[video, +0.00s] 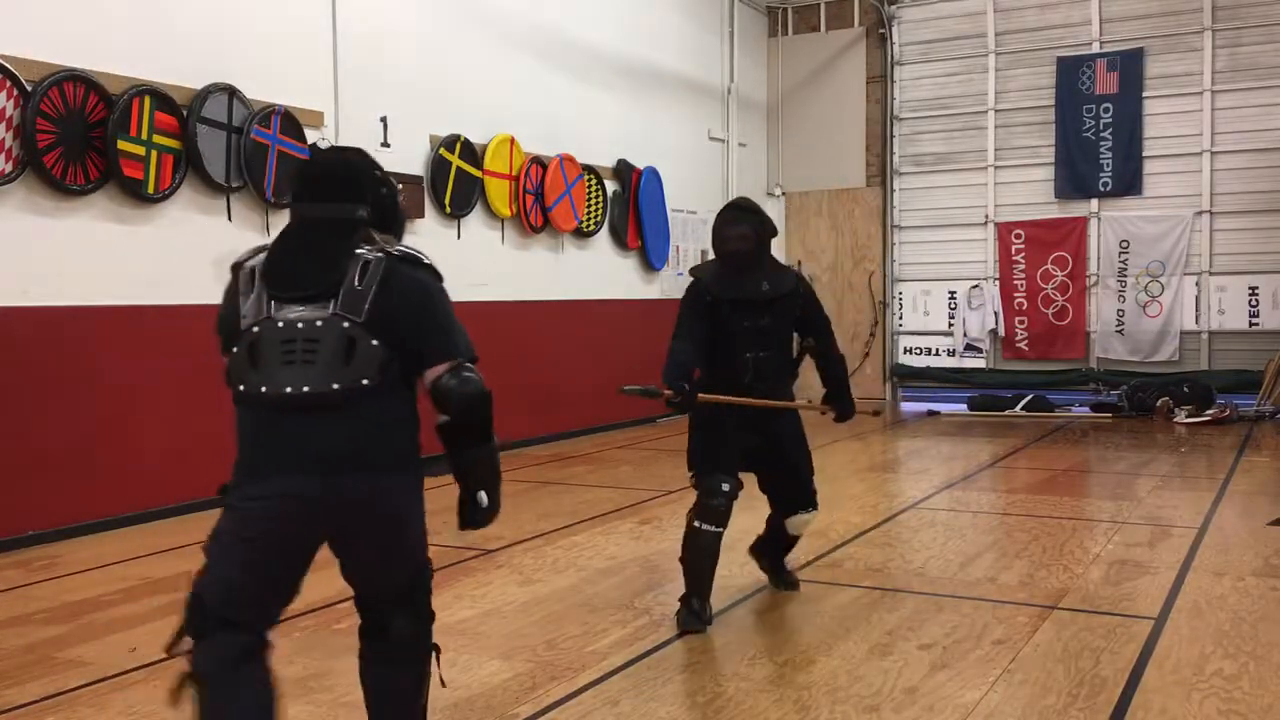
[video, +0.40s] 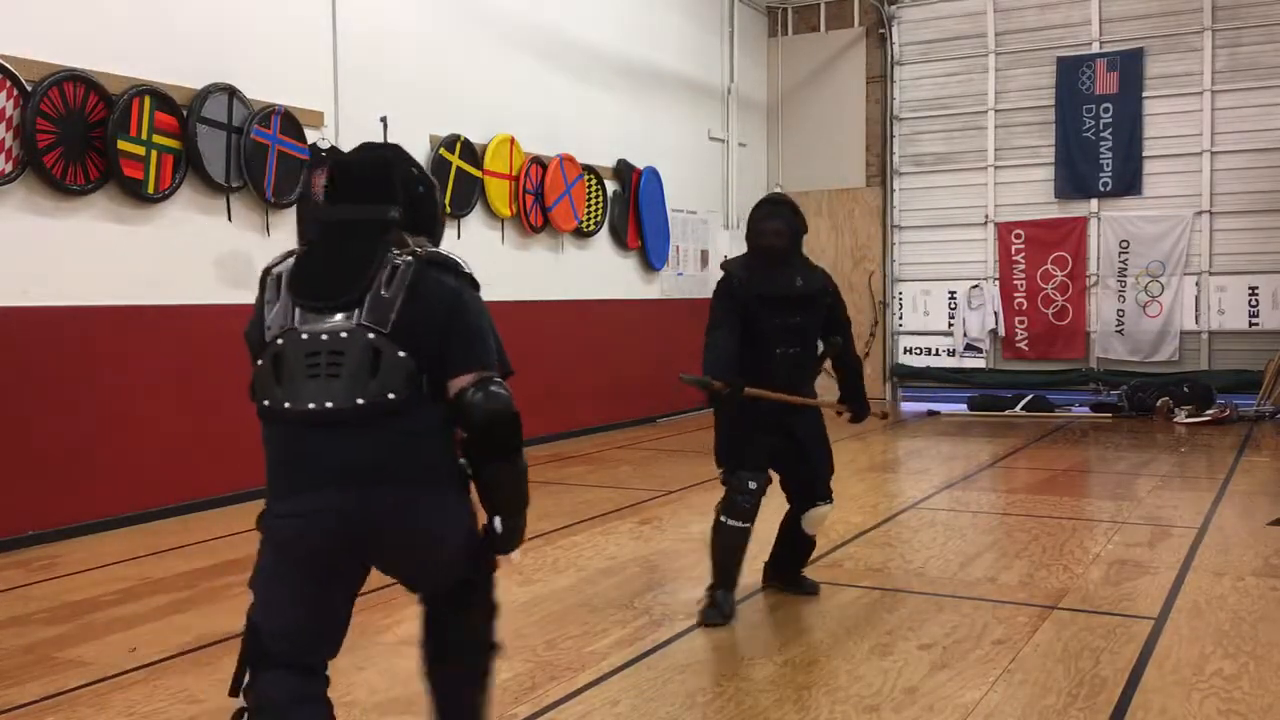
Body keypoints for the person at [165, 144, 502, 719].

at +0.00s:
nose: (397, 211)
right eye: (390, 202)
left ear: (300, 206)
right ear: (372, 208)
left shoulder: (248, 279)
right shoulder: (401, 276)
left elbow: (240, 371)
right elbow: (460, 392)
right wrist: (478, 479)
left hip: (272, 488)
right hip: (378, 488)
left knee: (226, 628)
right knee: (396, 624)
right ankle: (397, 710)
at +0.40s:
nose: (436, 211)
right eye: (428, 201)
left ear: (332, 209)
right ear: (412, 207)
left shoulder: (278, 285)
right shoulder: (438, 282)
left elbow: (269, 398)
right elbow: (485, 412)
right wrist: (508, 514)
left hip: (306, 510)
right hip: (414, 503)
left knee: (284, 672)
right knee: (458, 585)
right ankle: (460, 708)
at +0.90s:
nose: (500, 219)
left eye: (505, 208)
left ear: (511, 213)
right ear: (590, 208)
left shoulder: (491, 279)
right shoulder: (632, 271)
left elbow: (453, 372)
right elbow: (676, 315)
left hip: (540, 490)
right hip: (639, 487)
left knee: (458, 611)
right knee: (612, 606)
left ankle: (424, 705)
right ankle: (629, 707)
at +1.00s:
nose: (546, 195)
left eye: (550, 185)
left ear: (556, 191)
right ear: (633, 182)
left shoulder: (547, 263)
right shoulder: (676, 239)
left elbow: (502, 346)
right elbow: (697, 215)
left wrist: (522, 253)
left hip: (600, 476)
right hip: (686, 471)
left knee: (537, 601)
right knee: (629, 603)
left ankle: (573, 707)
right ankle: (632, 708)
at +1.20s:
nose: (605, 207)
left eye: (612, 196)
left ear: (619, 208)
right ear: (691, 202)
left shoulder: (612, 274)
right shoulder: (734, 250)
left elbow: (545, 353)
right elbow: (741, 214)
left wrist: (530, 350)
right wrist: (723, 166)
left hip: (710, 481)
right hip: (789, 462)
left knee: (674, 605)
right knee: (751, 584)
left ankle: (729, 708)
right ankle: (797, 679)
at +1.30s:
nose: (645, 243)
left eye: (653, 232)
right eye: (649, 231)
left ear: (664, 236)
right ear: (727, 228)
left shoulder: (663, 300)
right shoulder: (766, 279)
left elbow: (620, 395)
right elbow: (824, 358)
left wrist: (598, 399)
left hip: (738, 494)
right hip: (814, 473)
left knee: (685, 611)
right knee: (794, 569)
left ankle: (727, 710)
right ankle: (860, 679)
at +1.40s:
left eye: (707, 242)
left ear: (710, 248)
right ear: (781, 240)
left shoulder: (701, 309)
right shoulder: (822, 291)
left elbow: (656, 421)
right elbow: (876, 297)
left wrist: (659, 400)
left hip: (756, 499)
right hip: (843, 483)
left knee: (705, 617)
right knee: (827, 572)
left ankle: (733, 706)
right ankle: (862, 679)